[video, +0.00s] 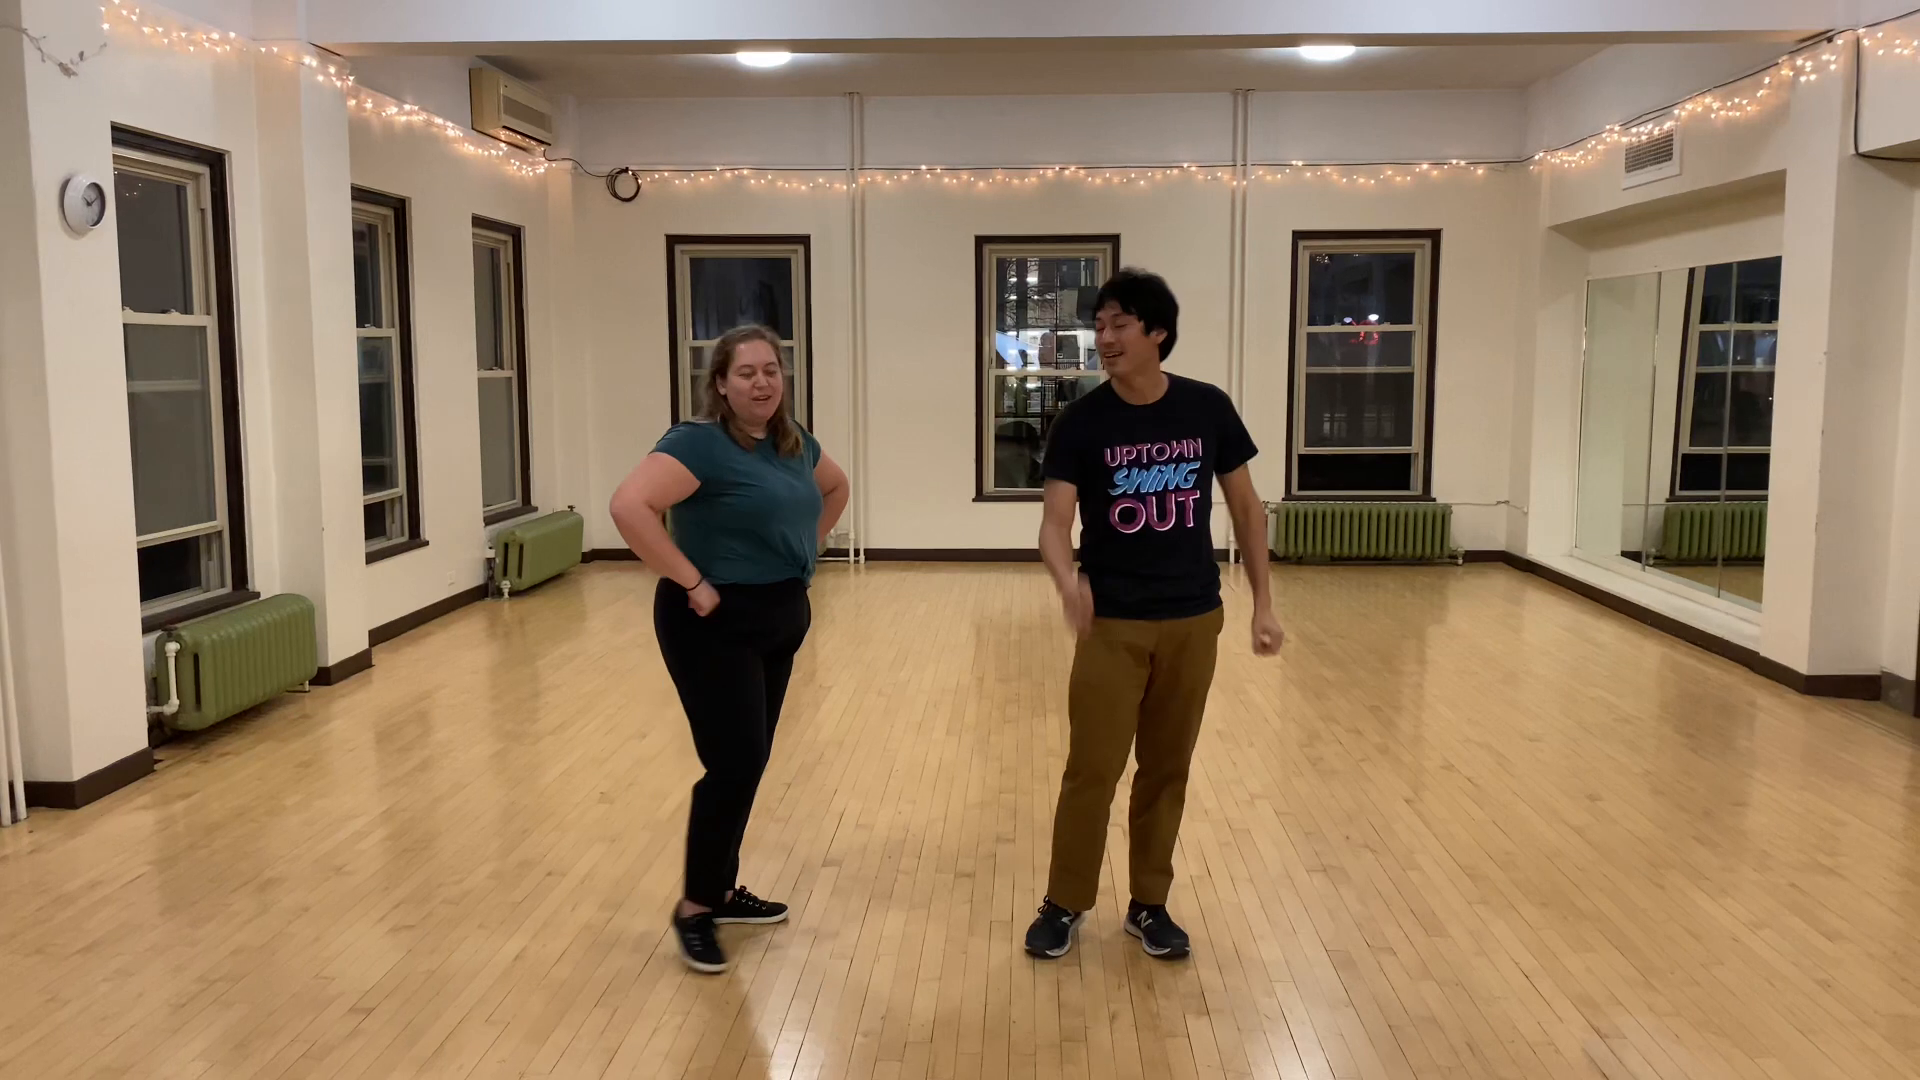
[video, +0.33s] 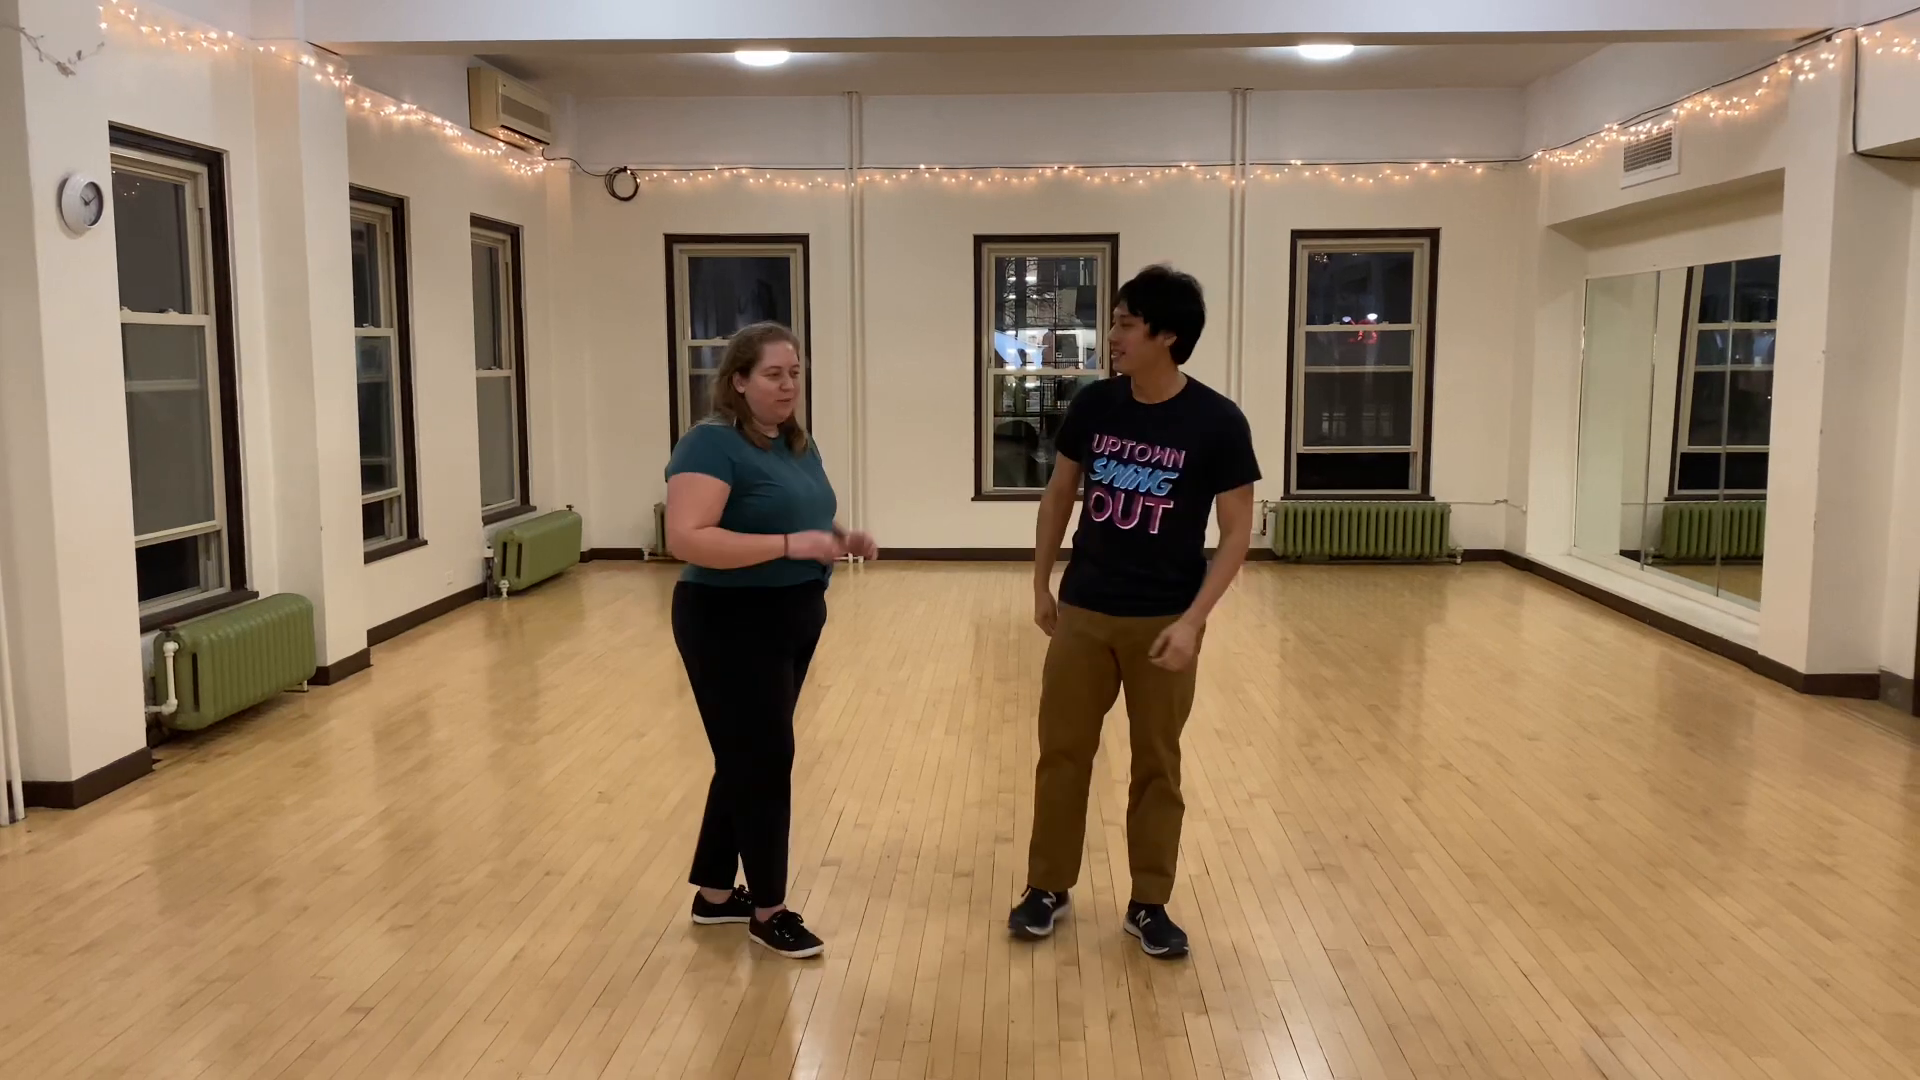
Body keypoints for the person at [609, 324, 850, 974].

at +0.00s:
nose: (762, 382)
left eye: (771, 370)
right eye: (747, 372)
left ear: (784, 378)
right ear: (722, 383)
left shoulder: (792, 441)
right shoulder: (698, 442)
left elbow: (836, 488)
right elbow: (629, 505)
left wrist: (800, 549)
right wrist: (692, 583)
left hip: (774, 613)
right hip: (708, 616)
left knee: (749, 760)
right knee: (732, 762)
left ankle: (720, 890)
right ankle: (693, 911)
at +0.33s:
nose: (787, 385)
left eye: (794, 373)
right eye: (773, 374)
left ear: (801, 380)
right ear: (739, 383)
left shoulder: (799, 448)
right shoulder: (710, 445)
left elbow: (796, 527)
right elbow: (686, 537)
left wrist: (841, 540)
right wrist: (787, 544)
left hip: (789, 618)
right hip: (724, 622)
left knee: (748, 751)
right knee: (767, 754)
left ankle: (714, 888)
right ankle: (768, 909)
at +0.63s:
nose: (797, 380)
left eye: (802, 370)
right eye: (783, 369)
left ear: (805, 377)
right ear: (745, 377)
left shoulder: (802, 442)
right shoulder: (721, 443)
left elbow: (833, 531)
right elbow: (737, 542)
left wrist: (854, 505)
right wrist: (823, 512)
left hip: (805, 614)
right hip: (746, 621)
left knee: (810, 746)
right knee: (763, 757)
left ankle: (748, 866)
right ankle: (767, 907)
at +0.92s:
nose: (804, 378)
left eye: (807, 367)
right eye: (792, 367)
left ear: (806, 374)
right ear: (752, 375)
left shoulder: (813, 440)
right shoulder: (722, 443)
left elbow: (844, 532)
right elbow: (736, 539)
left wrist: (861, 507)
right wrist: (823, 508)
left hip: (815, 610)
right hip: (750, 618)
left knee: (807, 752)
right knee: (763, 758)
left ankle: (797, 879)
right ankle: (766, 904)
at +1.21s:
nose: (817, 373)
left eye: (816, 363)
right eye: (805, 363)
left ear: (803, 373)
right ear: (766, 373)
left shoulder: (820, 438)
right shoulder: (730, 441)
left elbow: (851, 532)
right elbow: (743, 537)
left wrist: (871, 499)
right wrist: (830, 503)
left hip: (822, 611)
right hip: (759, 618)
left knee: (811, 751)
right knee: (770, 757)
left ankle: (797, 877)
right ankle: (768, 903)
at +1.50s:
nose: (820, 372)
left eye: (819, 361)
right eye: (808, 362)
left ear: (806, 372)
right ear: (769, 372)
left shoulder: (820, 434)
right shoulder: (735, 438)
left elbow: (850, 528)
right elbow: (751, 534)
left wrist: (872, 500)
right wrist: (836, 503)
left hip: (824, 608)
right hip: (762, 614)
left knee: (812, 750)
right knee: (773, 757)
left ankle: (797, 877)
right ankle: (767, 904)